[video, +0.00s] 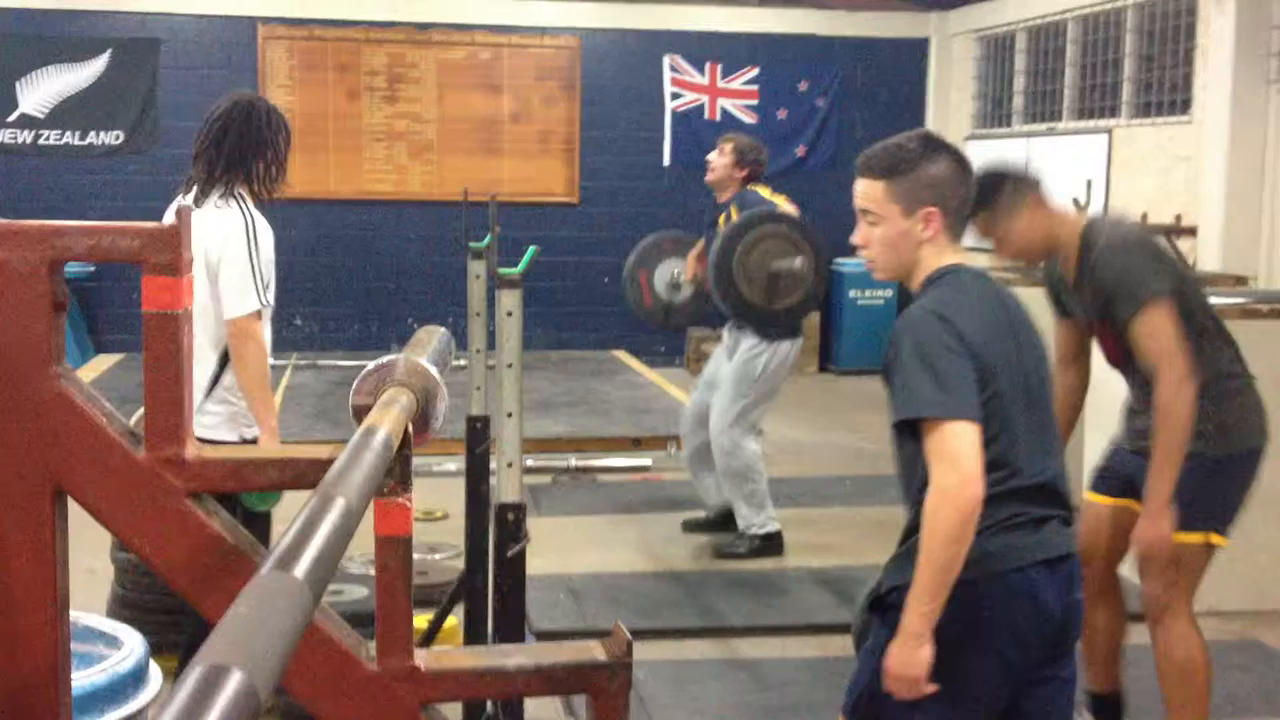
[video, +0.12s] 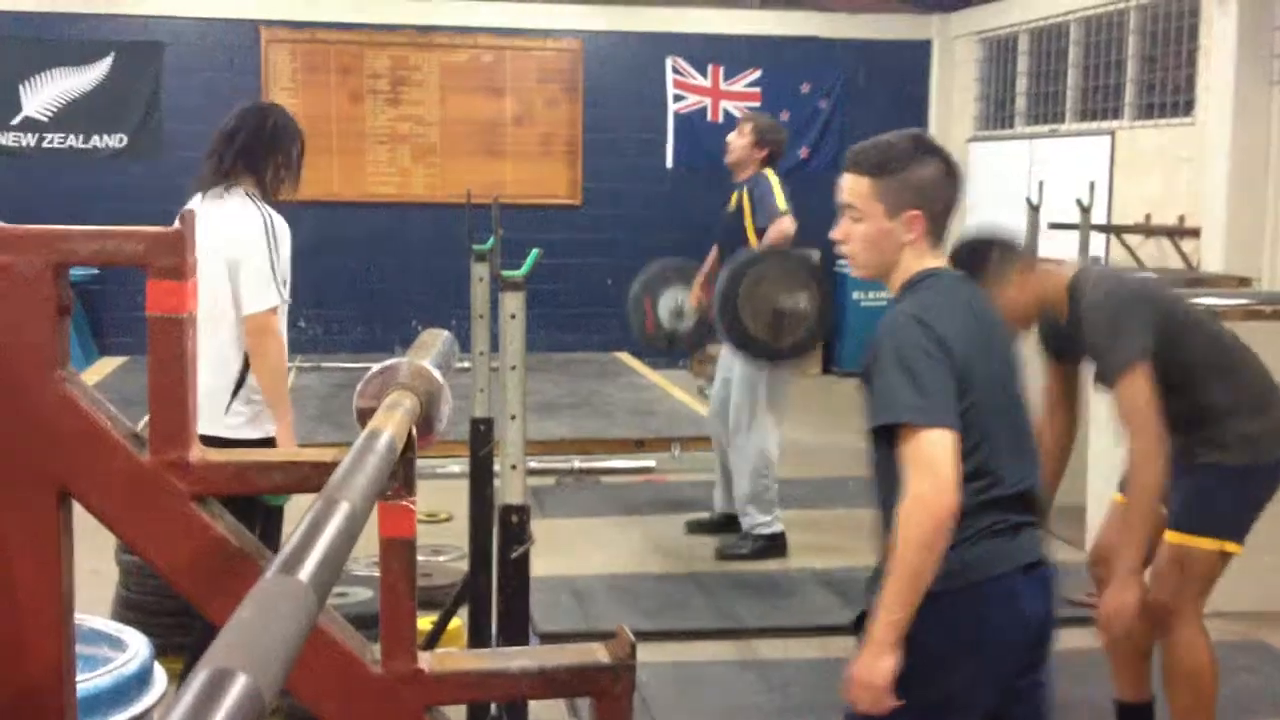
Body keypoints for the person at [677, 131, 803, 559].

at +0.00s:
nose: (708, 160)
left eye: (718, 154)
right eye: (712, 153)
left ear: (742, 167)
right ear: (734, 169)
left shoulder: (762, 204)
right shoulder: (725, 214)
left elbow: (796, 231)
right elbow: (713, 252)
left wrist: (713, 266)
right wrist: (697, 264)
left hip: (771, 336)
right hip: (737, 331)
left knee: (729, 426)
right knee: (697, 417)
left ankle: (762, 529)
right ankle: (724, 508)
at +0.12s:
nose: (728, 138)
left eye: (738, 134)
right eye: (732, 131)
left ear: (759, 148)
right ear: (748, 148)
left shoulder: (763, 183)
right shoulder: (739, 190)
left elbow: (783, 227)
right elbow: (723, 244)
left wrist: (750, 271)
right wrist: (701, 282)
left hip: (763, 327)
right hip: (738, 325)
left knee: (751, 422)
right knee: (721, 414)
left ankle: (764, 526)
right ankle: (731, 508)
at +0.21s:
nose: (729, 138)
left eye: (739, 133)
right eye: (733, 131)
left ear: (760, 148)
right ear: (752, 147)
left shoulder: (768, 188)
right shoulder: (737, 193)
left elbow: (777, 252)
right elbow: (720, 258)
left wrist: (753, 308)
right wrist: (701, 313)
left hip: (762, 322)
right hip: (739, 319)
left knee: (753, 417)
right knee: (730, 411)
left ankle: (766, 528)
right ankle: (737, 508)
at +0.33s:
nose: (707, 151)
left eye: (716, 145)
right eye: (711, 144)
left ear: (738, 160)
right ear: (733, 160)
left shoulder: (743, 206)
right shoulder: (719, 211)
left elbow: (758, 276)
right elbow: (713, 284)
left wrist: (754, 346)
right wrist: (708, 345)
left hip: (757, 337)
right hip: (732, 336)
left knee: (755, 434)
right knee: (724, 423)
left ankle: (765, 531)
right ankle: (734, 510)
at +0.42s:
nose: (691, 161)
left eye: (701, 156)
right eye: (696, 154)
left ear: (723, 168)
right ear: (715, 168)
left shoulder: (730, 217)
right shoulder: (710, 220)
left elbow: (750, 288)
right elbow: (711, 294)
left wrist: (754, 356)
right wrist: (710, 354)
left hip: (767, 340)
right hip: (737, 344)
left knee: (759, 436)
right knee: (724, 427)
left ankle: (764, 531)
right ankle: (733, 512)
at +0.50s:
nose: (684, 169)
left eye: (692, 162)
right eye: (686, 161)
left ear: (714, 171)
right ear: (706, 170)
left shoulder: (729, 223)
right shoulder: (706, 223)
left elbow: (750, 290)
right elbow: (712, 296)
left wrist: (756, 355)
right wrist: (710, 354)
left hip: (753, 352)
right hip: (732, 351)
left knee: (753, 440)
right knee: (729, 431)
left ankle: (758, 532)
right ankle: (730, 513)